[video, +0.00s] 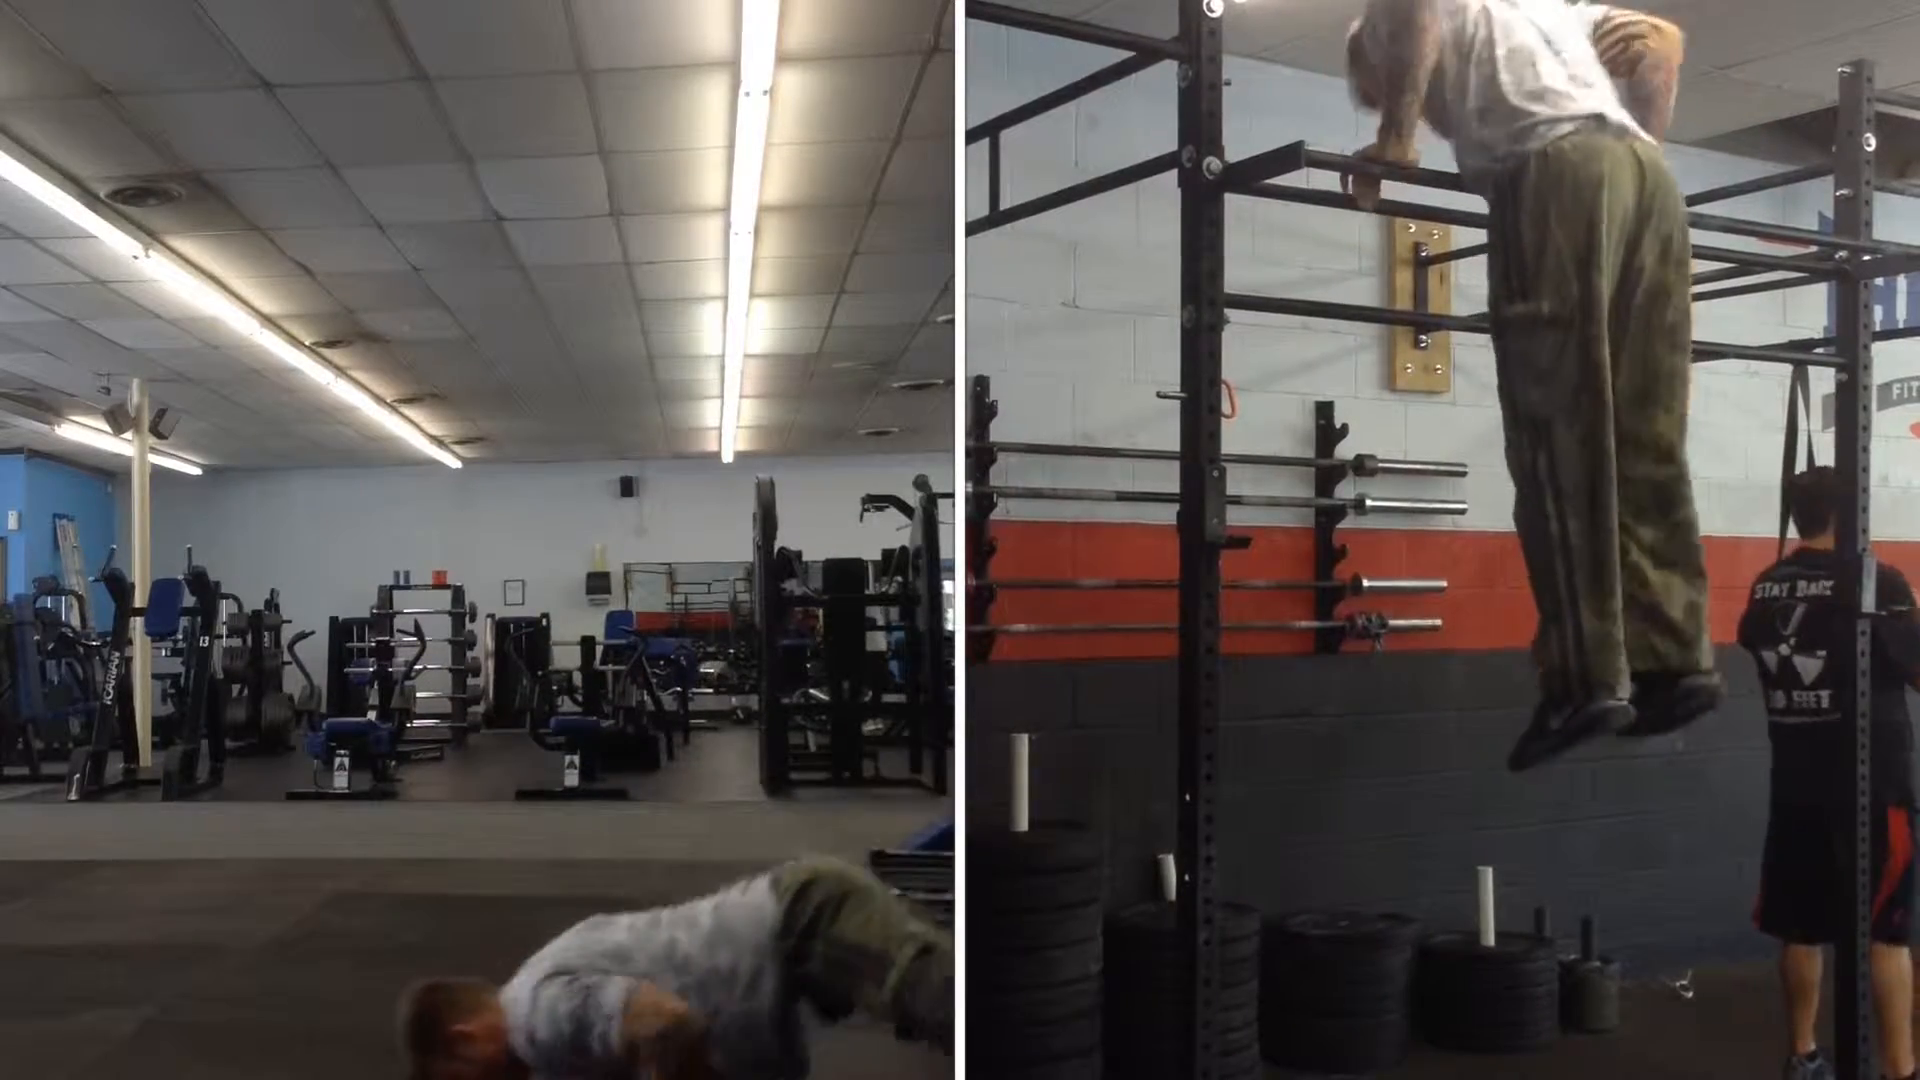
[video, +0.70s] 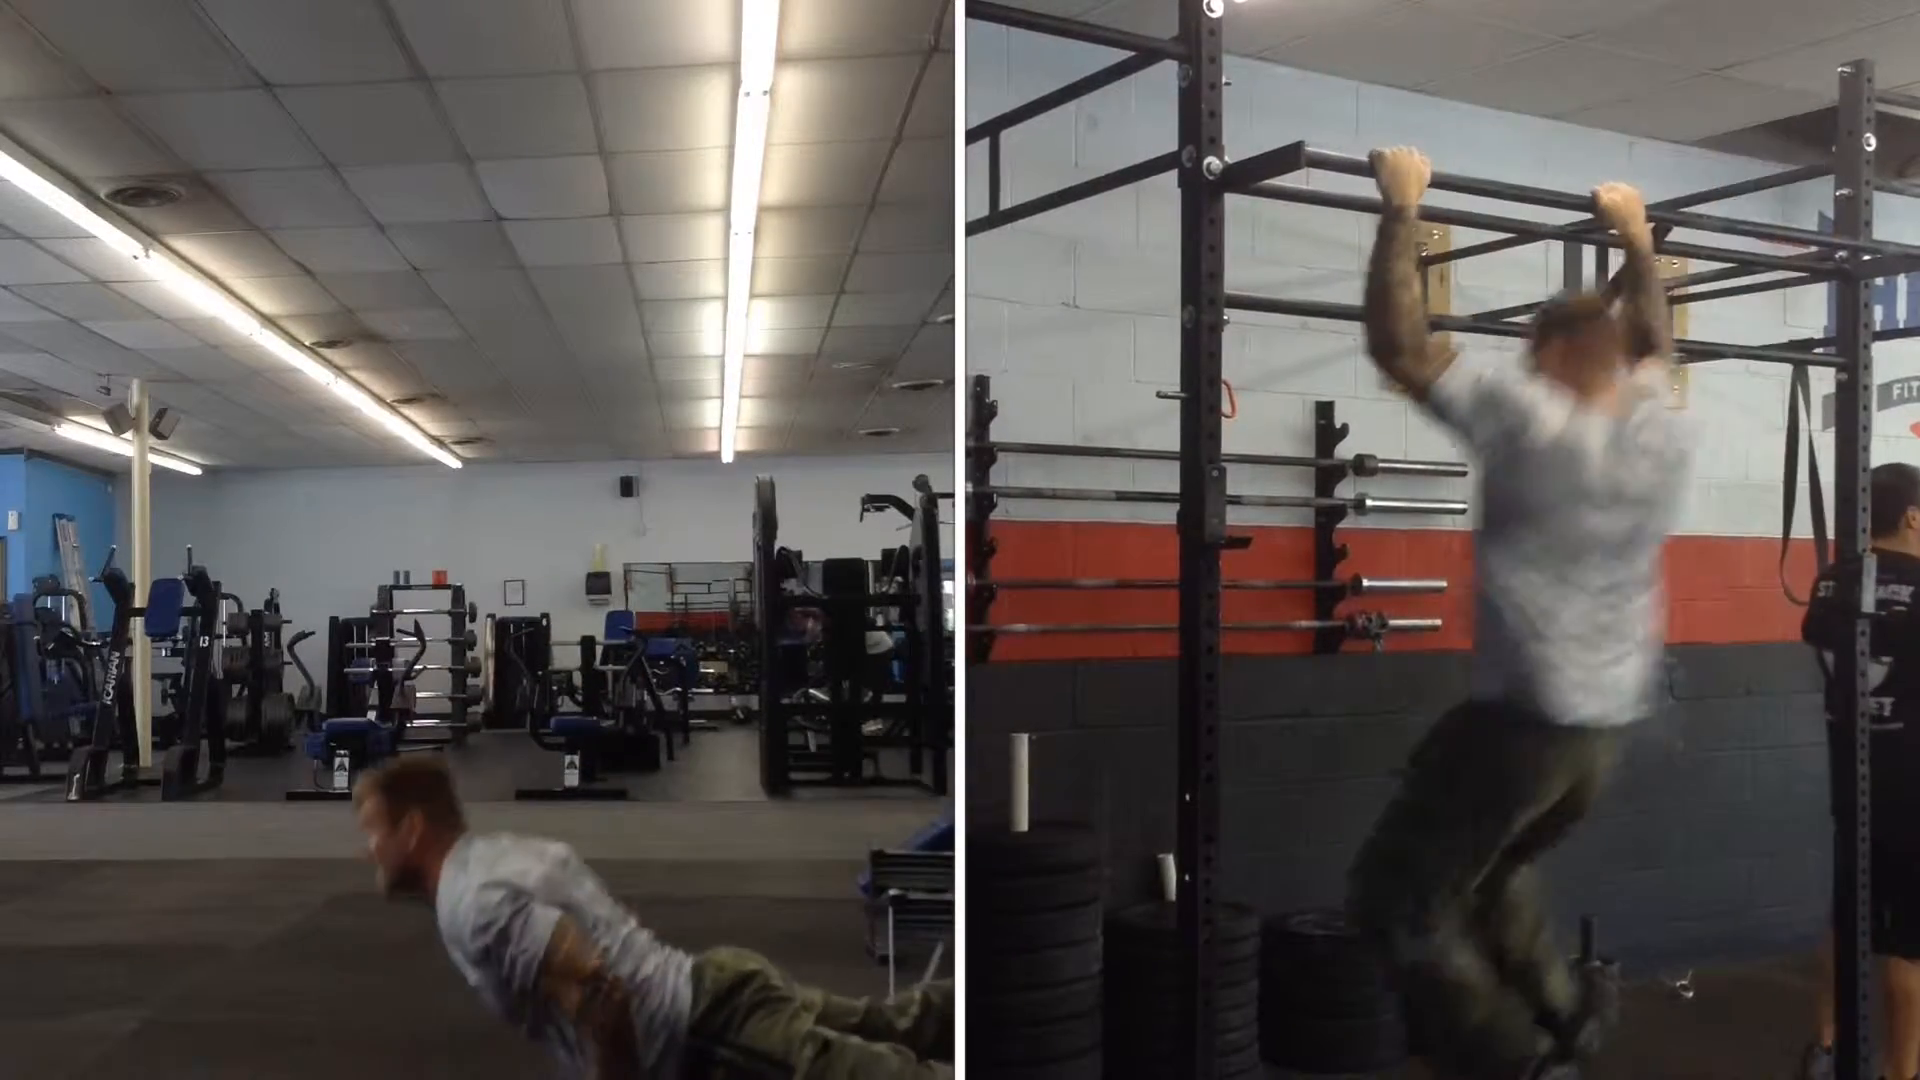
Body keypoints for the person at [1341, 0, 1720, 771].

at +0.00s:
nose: (1379, 85)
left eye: (1372, 69)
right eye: (1375, 79)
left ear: (1374, 27)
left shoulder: (1393, 23)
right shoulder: (1559, 12)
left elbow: (1422, 4)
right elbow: (1658, 43)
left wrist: (1398, 131)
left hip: (1557, 166)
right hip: (1649, 171)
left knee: (1557, 429)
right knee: (1651, 431)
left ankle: (1586, 682)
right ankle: (1676, 665)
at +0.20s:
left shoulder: (1514, 5)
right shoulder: (1669, 8)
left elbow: (1480, 65)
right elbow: (1741, 94)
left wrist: (1397, 147)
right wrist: (1669, 144)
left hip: (1624, 182)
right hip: (1720, 197)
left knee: (1556, 434)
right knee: (1634, 435)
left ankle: (1593, 690)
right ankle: (1716, 630)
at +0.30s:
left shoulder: (1575, 7)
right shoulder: (1736, 15)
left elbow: (1501, 146)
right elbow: (1770, 167)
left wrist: (1409, 158)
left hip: (1666, 268)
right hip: (1761, 272)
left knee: (1543, 491)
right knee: (1638, 476)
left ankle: (1608, 727)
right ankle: (1723, 648)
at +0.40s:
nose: (1601, 33)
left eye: (1604, 19)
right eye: (1603, 20)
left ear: (1622, 14)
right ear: (1692, 12)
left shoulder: (1618, 86)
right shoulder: (1776, 91)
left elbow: (1498, 204)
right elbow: (1779, 233)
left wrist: (1423, 169)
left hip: (1682, 393)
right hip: (1779, 400)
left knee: (1525, 572)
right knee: (1626, 532)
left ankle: (1603, 796)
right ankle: (1705, 711)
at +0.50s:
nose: (1631, 154)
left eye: (1632, 141)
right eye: (1641, 143)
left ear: (1638, 140)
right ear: (1718, 141)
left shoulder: (1618, 211)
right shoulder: (1783, 222)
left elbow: (1473, 268)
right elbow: (1775, 316)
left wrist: (1418, 187)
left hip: (1656, 532)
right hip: (1754, 543)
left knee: (1501, 681)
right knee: (1609, 634)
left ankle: (1586, 896)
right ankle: (1666, 808)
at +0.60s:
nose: (1599, 272)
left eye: (1605, 258)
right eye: (1606, 257)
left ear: (1613, 269)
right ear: (1683, 280)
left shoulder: (1581, 335)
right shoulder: (1732, 364)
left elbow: (1434, 317)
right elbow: (1678, 311)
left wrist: (1409, 202)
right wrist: (1635, 232)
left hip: (1602, 645)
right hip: (1696, 654)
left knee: (1451, 804)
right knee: (1561, 791)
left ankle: (1559, 988)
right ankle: (1613, 934)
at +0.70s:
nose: (1538, 356)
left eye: (1548, 342)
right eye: (1545, 342)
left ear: (1574, 349)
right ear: (1625, 357)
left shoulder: (1524, 420)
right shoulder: (1660, 440)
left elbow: (1400, 348)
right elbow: (1652, 345)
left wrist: (1399, 212)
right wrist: (1639, 240)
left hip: (1516, 728)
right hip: (1601, 736)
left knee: (1396, 896)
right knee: (1489, 878)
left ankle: (1509, 1056)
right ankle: (1558, 1016)